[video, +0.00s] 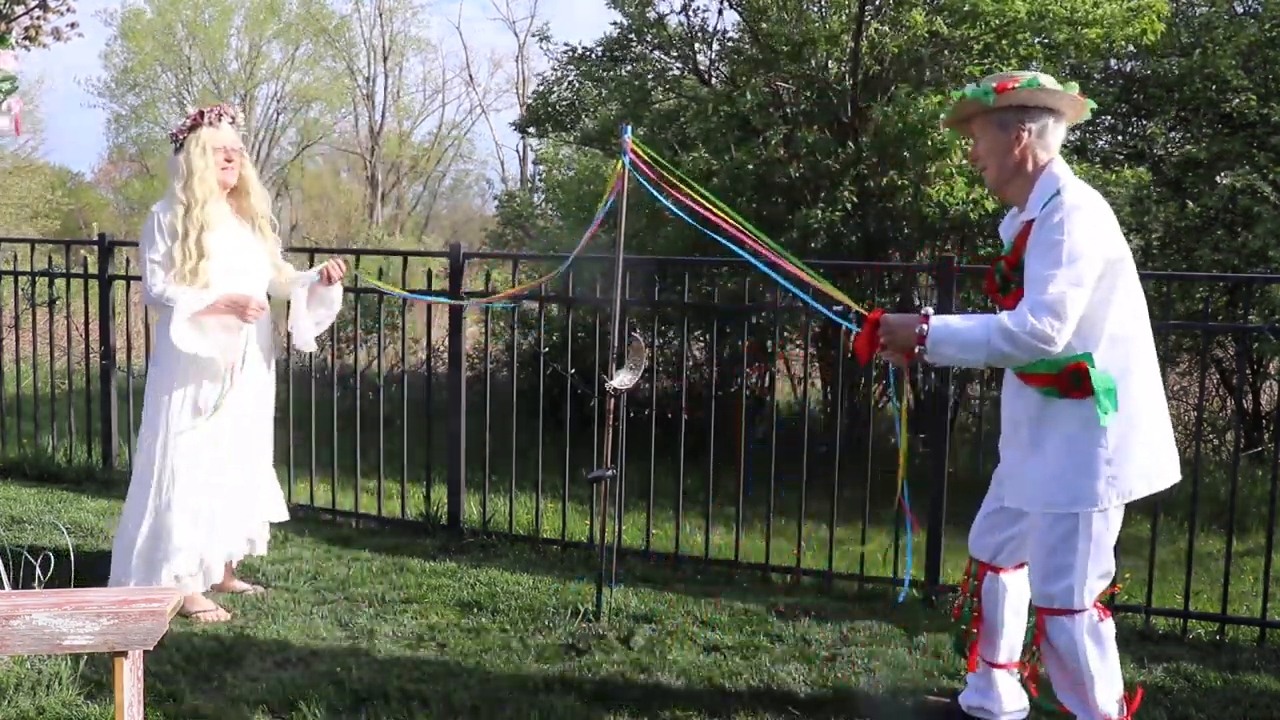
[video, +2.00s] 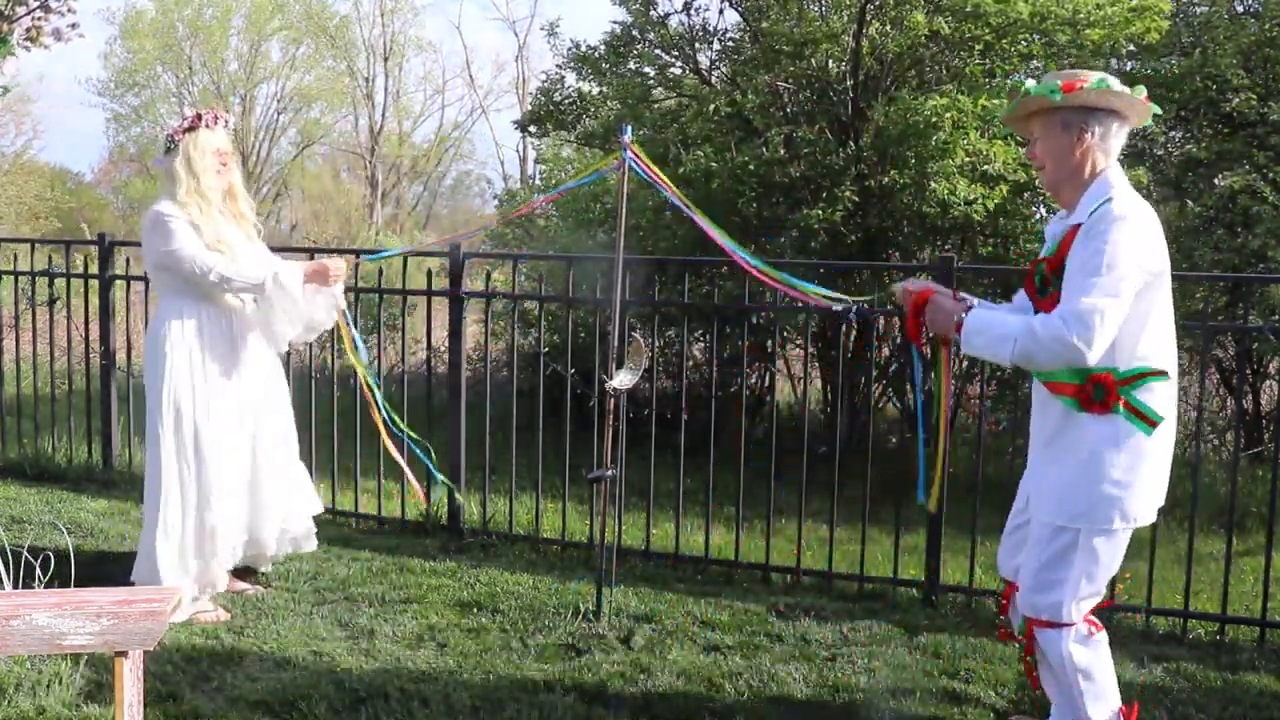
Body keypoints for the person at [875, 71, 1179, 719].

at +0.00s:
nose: (970, 156)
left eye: (977, 139)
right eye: (969, 142)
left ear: (1024, 137)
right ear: (1020, 140)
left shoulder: (1072, 215)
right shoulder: (1030, 220)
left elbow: (1045, 331)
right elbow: (1023, 331)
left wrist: (927, 331)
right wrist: (927, 343)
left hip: (1086, 444)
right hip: (1037, 438)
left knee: (1067, 598)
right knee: (996, 557)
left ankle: (1100, 711)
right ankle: (992, 700)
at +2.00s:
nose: (1029, 155)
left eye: (1037, 139)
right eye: (1027, 142)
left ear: (1086, 140)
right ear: (1074, 143)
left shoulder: (1119, 223)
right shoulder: (1074, 222)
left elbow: (1079, 340)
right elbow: (1036, 316)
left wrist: (964, 326)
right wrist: (957, 309)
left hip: (1105, 456)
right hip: (1064, 449)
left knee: (1054, 604)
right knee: (1019, 576)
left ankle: (1093, 712)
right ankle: (1068, 699)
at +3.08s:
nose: (990, 142)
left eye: (996, 128)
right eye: (990, 128)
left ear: (1031, 130)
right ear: (1049, 130)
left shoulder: (1040, 212)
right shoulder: (1095, 198)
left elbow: (975, 326)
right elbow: (1046, 299)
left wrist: (899, 298)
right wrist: (964, 274)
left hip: (1070, 446)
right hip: (1101, 438)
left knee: (1066, 598)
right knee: (1052, 589)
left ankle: (1088, 711)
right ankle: (1061, 707)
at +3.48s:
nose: (974, 140)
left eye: (980, 127)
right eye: (975, 127)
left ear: (1012, 130)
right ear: (1037, 132)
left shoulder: (999, 201)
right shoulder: (1085, 197)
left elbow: (929, 296)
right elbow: (1036, 284)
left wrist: (880, 265)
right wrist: (950, 263)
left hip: (1032, 414)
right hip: (1103, 416)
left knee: (996, 554)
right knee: (1054, 554)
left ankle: (1070, 698)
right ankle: (1054, 685)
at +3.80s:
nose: (941, 160)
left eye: (946, 144)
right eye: (941, 146)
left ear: (981, 143)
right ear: (998, 145)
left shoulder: (990, 215)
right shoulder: (1043, 213)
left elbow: (953, 324)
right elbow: (1024, 337)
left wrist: (858, 313)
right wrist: (936, 350)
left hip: (1004, 435)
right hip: (1059, 435)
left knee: (945, 553)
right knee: (1014, 560)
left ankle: (996, 702)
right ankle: (1055, 700)